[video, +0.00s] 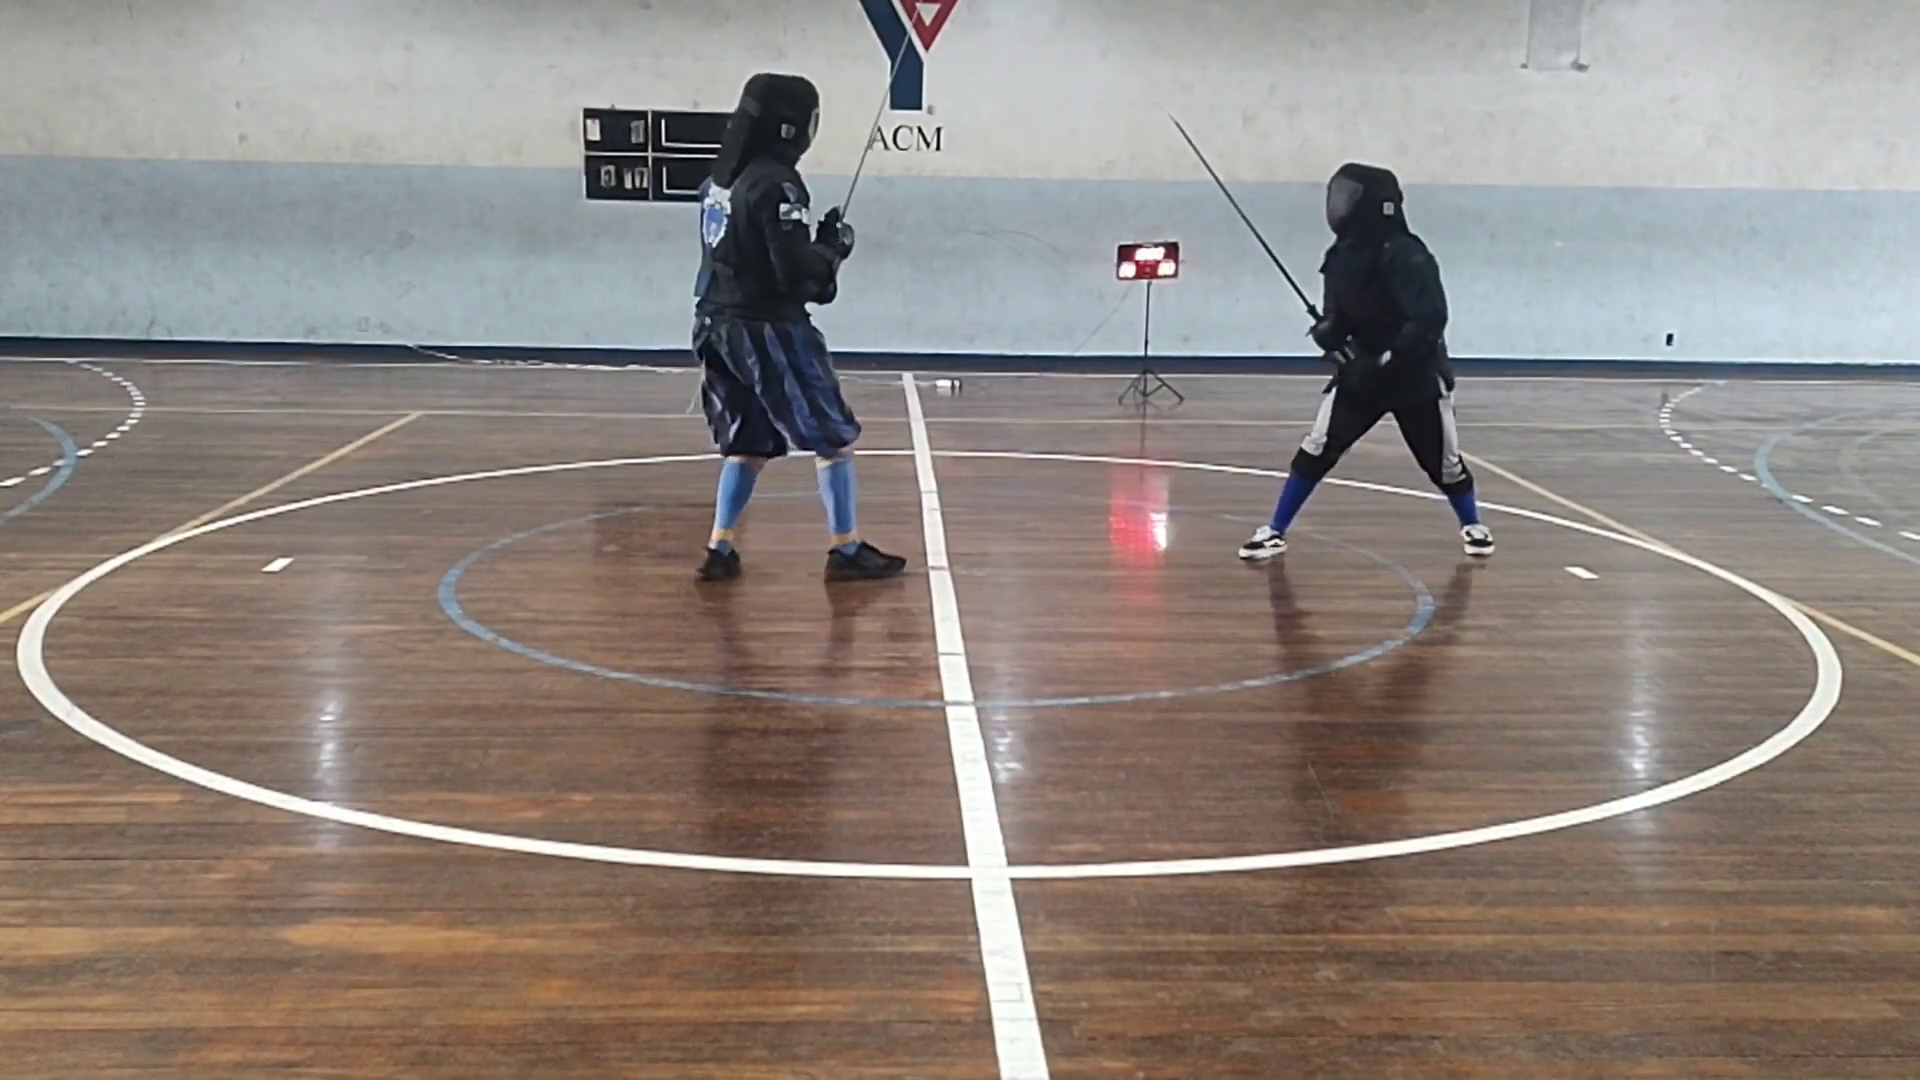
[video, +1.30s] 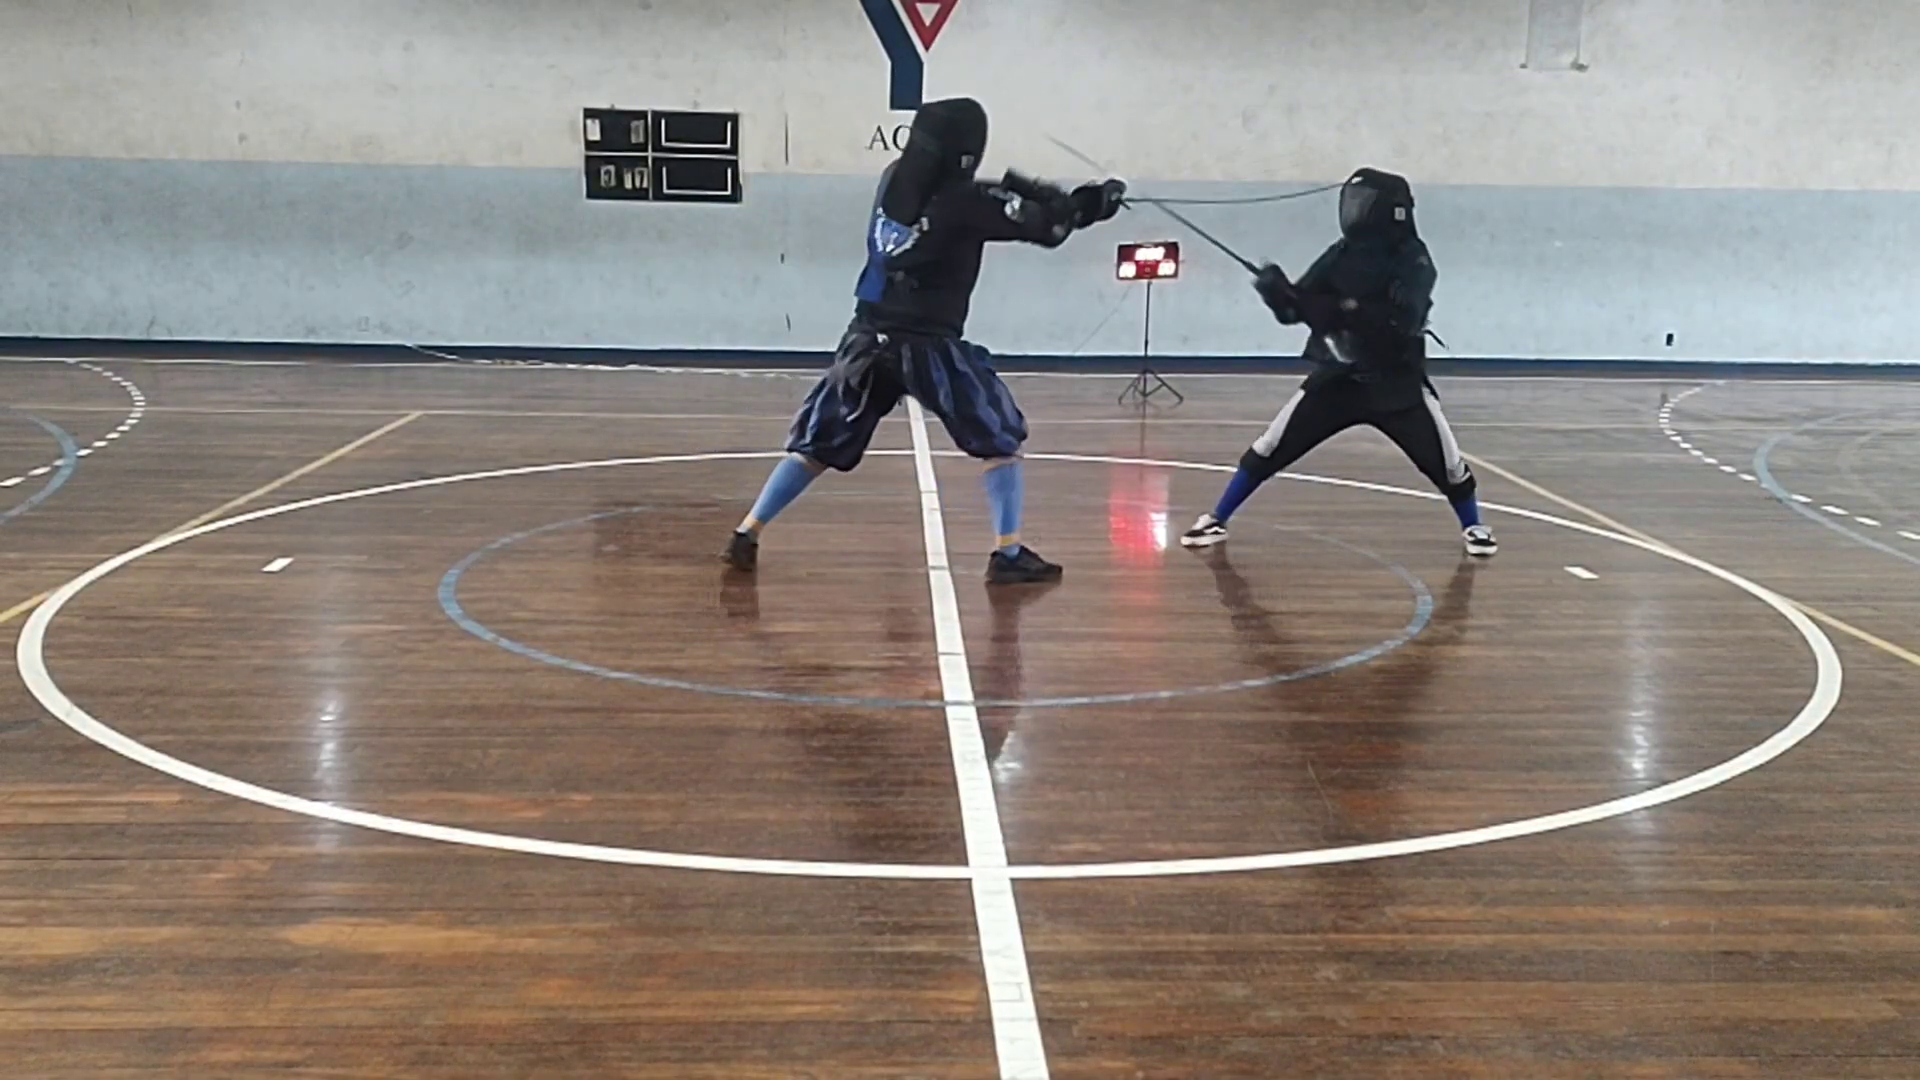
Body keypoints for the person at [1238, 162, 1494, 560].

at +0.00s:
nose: (1335, 205)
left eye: (1345, 196)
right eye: (1334, 195)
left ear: (1373, 202)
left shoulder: (1406, 253)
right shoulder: (1339, 257)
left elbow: (1432, 316)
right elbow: (1336, 315)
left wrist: (1388, 357)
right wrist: (1327, 331)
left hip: (1415, 373)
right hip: (1361, 372)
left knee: (1443, 460)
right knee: (1316, 450)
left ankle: (1472, 525)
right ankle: (1275, 530)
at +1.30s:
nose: (1351, 210)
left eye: (1362, 202)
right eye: (1349, 201)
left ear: (1389, 209)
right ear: (1348, 204)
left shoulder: (1413, 260)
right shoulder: (1342, 254)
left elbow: (1403, 324)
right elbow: (1296, 312)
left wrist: (1344, 312)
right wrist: (1279, 294)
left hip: (1397, 386)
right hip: (1335, 383)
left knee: (1446, 464)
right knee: (1270, 449)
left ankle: (1474, 528)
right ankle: (1216, 520)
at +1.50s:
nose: (1343, 206)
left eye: (1353, 198)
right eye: (1341, 198)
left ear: (1376, 204)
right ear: (1340, 205)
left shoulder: (1399, 247)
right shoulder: (1328, 246)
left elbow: (1358, 270)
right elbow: (1277, 270)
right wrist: (1244, 252)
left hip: (1383, 374)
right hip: (1322, 373)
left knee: (1442, 455)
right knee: (1258, 445)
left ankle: (1472, 527)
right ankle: (1210, 519)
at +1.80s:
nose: (1322, 198)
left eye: (1330, 191)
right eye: (1320, 191)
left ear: (1350, 193)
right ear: (1319, 192)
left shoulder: (1379, 234)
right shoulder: (1305, 232)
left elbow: (1335, 221)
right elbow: (1255, 219)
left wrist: (1307, 192)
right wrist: (1225, 185)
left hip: (1359, 372)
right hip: (1300, 371)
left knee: (1424, 451)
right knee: (1247, 449)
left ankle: (1461, 528)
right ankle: (1208, 521)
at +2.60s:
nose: (1324, 175)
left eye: (1336, 166)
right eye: (1319, 165)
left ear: (1355, 174)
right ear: (1310, 169)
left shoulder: (1368, 216)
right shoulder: (1291, 213)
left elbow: (1362, 240)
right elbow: (1246, 259)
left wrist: (1316, 211)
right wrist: (1233, 225)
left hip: (1337, 347)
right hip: (1278, 343)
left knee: (1372, 439)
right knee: (1237, 431)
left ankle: (1391, 523)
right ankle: (1207, 518)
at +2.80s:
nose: (1327, 180)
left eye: (1338, 171)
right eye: (1322, 171)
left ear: (1361, 177)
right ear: (1313, 176)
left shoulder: (1379, 224)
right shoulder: (1303, 227)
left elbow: (1422, 241)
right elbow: (1286, 299)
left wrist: (1362, 223)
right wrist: (1296, 250)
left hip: (1344, 351)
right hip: (1289, 345)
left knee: (1352, 443)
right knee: (1241, 430)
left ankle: (1375, 524)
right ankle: (1206, 515)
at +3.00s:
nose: (1343, 178)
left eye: (1353, 169)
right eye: (1339, 169)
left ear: (1379, 173)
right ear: (1335, 174)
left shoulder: (1405, 216)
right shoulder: (1330, 226)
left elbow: (1445, 227)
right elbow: (1320, 301)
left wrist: (1381, 221)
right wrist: (1319, 256)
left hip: (1382, 336)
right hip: (1330, 335)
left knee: (1376, 439)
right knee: (1277, 424)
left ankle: (1379, 525)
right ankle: (1226, 508)